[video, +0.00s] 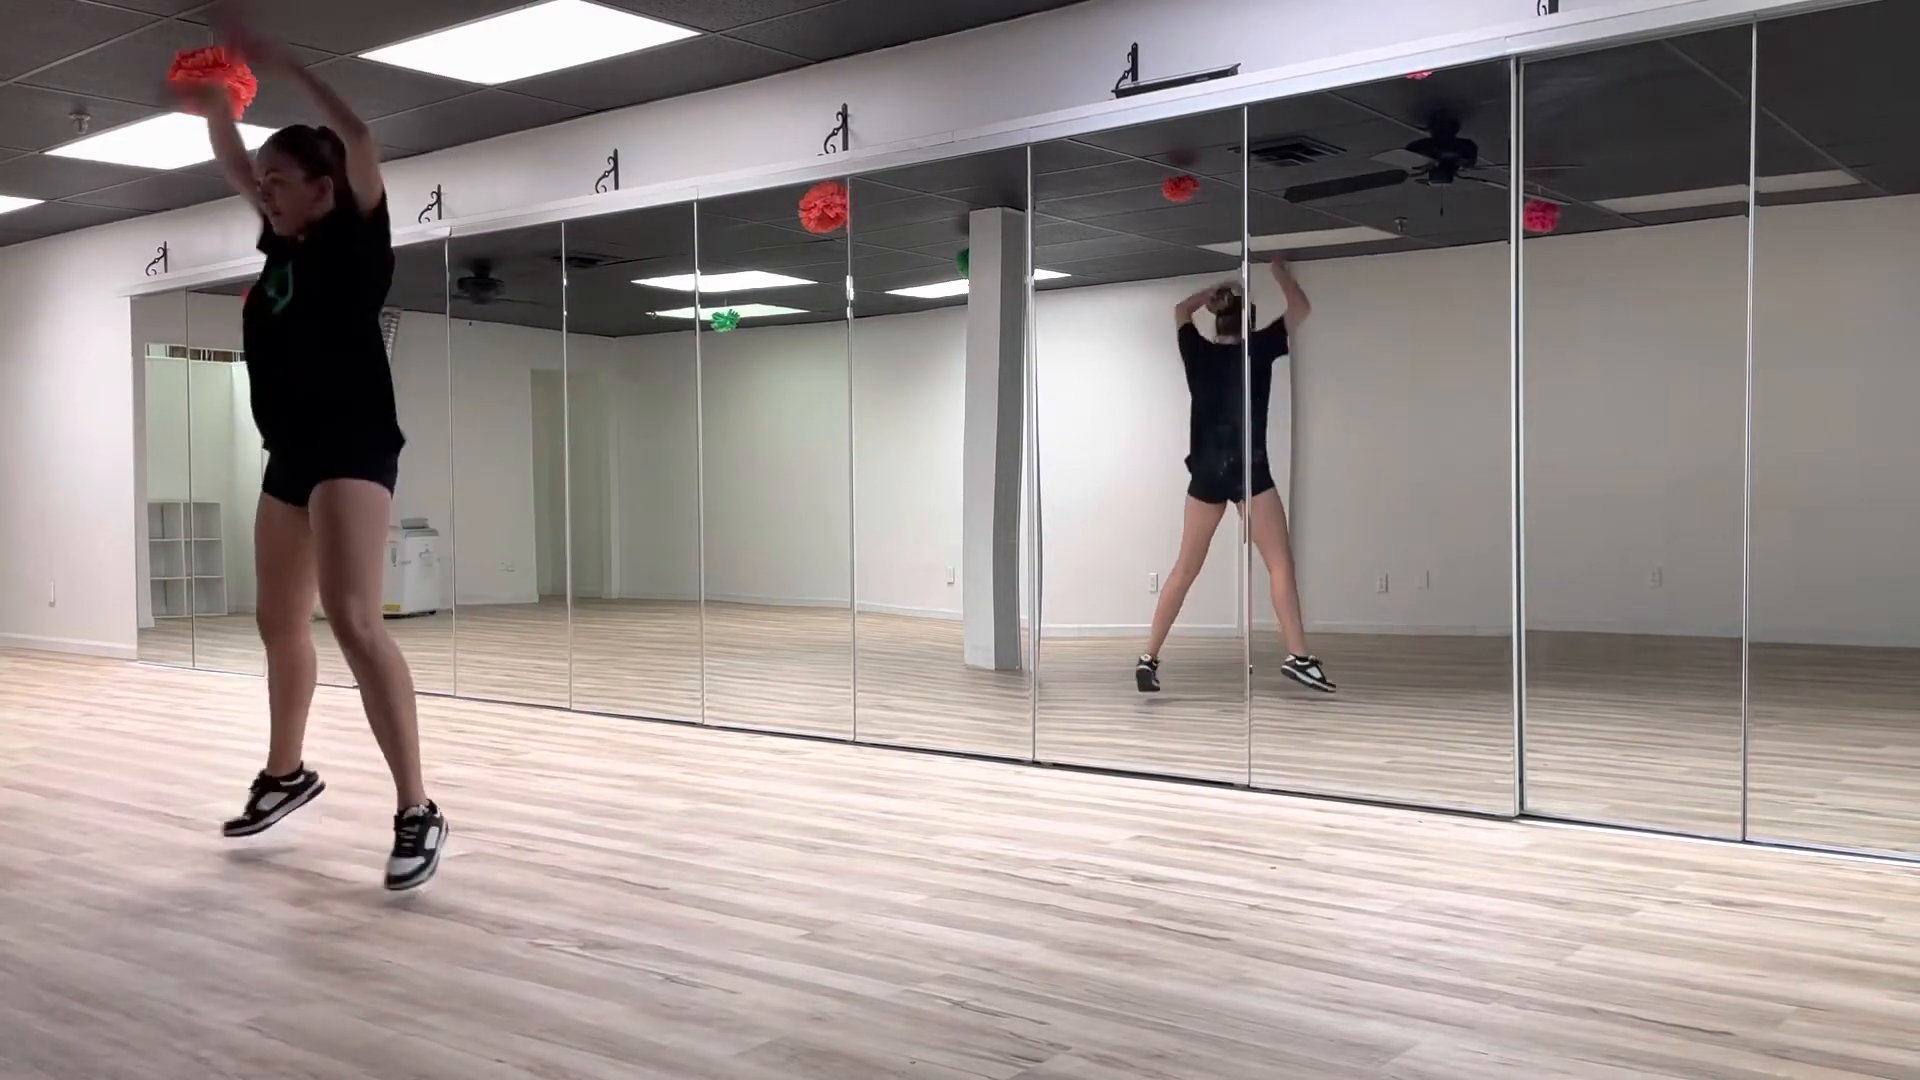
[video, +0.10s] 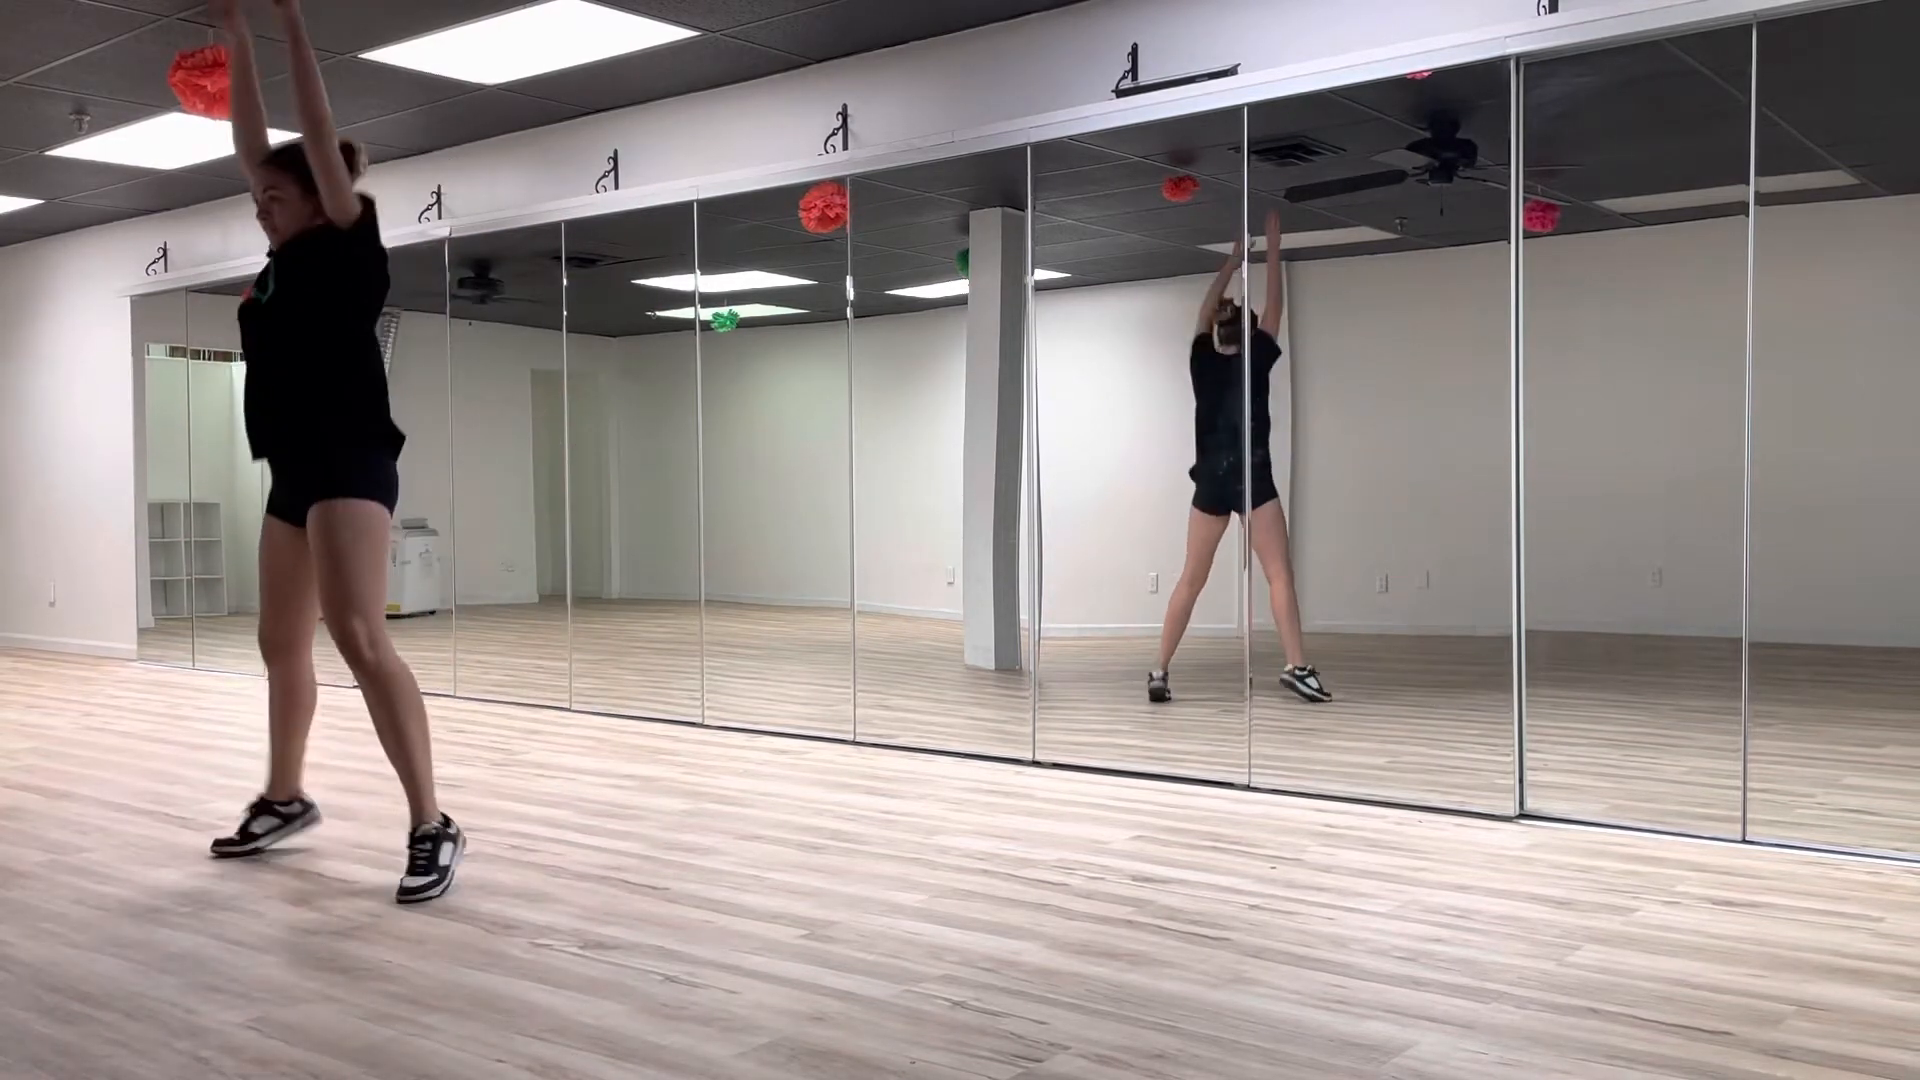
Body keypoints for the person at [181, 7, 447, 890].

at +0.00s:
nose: (266, 195)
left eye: (279, 182)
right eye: (261, 184)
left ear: (323, 182)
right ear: (268, 189)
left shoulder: (358, 234)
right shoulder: (281, 241)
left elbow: (354, 130)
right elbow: (235, 164)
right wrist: (216, 90)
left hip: (355, 448)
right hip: (290, 453)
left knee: (355, 620)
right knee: (280, 619)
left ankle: (415, 810)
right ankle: (286, 771)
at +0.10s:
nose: (263, 204)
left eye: (275, 191)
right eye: (259, 193)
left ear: (319, 188)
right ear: (270, 197)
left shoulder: (349, 242)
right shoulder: (281, 256)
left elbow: (320, 132)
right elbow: (253, 149)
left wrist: (292, 25)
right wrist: (237, 42)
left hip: (352, 460)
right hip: (291, 470)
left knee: (360, 634)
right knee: (285, 643)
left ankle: (430, 823)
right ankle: (284, 797)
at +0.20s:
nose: (266, 233)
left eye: (277, 219)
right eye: (261, 222)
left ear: (321, 217)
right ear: (268, 231)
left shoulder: (351, 281)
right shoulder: (283, 294)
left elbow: (307, 164)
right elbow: (267, 168)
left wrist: (286, 42)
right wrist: (264, 49)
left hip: (350, 488)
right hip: (289, 497)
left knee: (377, 658)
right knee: (286, 665)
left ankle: (449, 837)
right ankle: (297, 814)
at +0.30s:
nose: (266, 235)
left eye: (278, 220)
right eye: (260, 224)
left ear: (323, 218)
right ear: (269, 231)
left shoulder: (352, 285)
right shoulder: (287, 295)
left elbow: (307, 163)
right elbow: (266, 171)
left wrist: (284, 41)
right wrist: (267, 56)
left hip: (349, 494)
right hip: (288, 503)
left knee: (389, 664)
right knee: (285, 665)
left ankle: (446, 839)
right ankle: (295, 812)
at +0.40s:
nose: (269, 231)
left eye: (281, 216)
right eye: (264, 219)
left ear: (324, 214)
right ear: (272, 227)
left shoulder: (352, 278)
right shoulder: (290, 287)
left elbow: (304, 161)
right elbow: (251, 179)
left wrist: (282, 43)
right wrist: (265, 74)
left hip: (351, 490)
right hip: (291, 498)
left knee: (388, 664)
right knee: (280, 662)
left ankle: (446, 839)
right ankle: (291, 811)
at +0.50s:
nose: (252, 229)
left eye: (263, 216)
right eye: (250, 218)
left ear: (303, 211)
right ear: (269, 223)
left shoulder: (344, 271)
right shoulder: (288, 296)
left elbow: (294, 157)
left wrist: (263, 41)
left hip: (352, 488)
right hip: (295, 497)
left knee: (375, 662)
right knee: (262, 656)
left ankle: (445, 837)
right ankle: (283, 801)